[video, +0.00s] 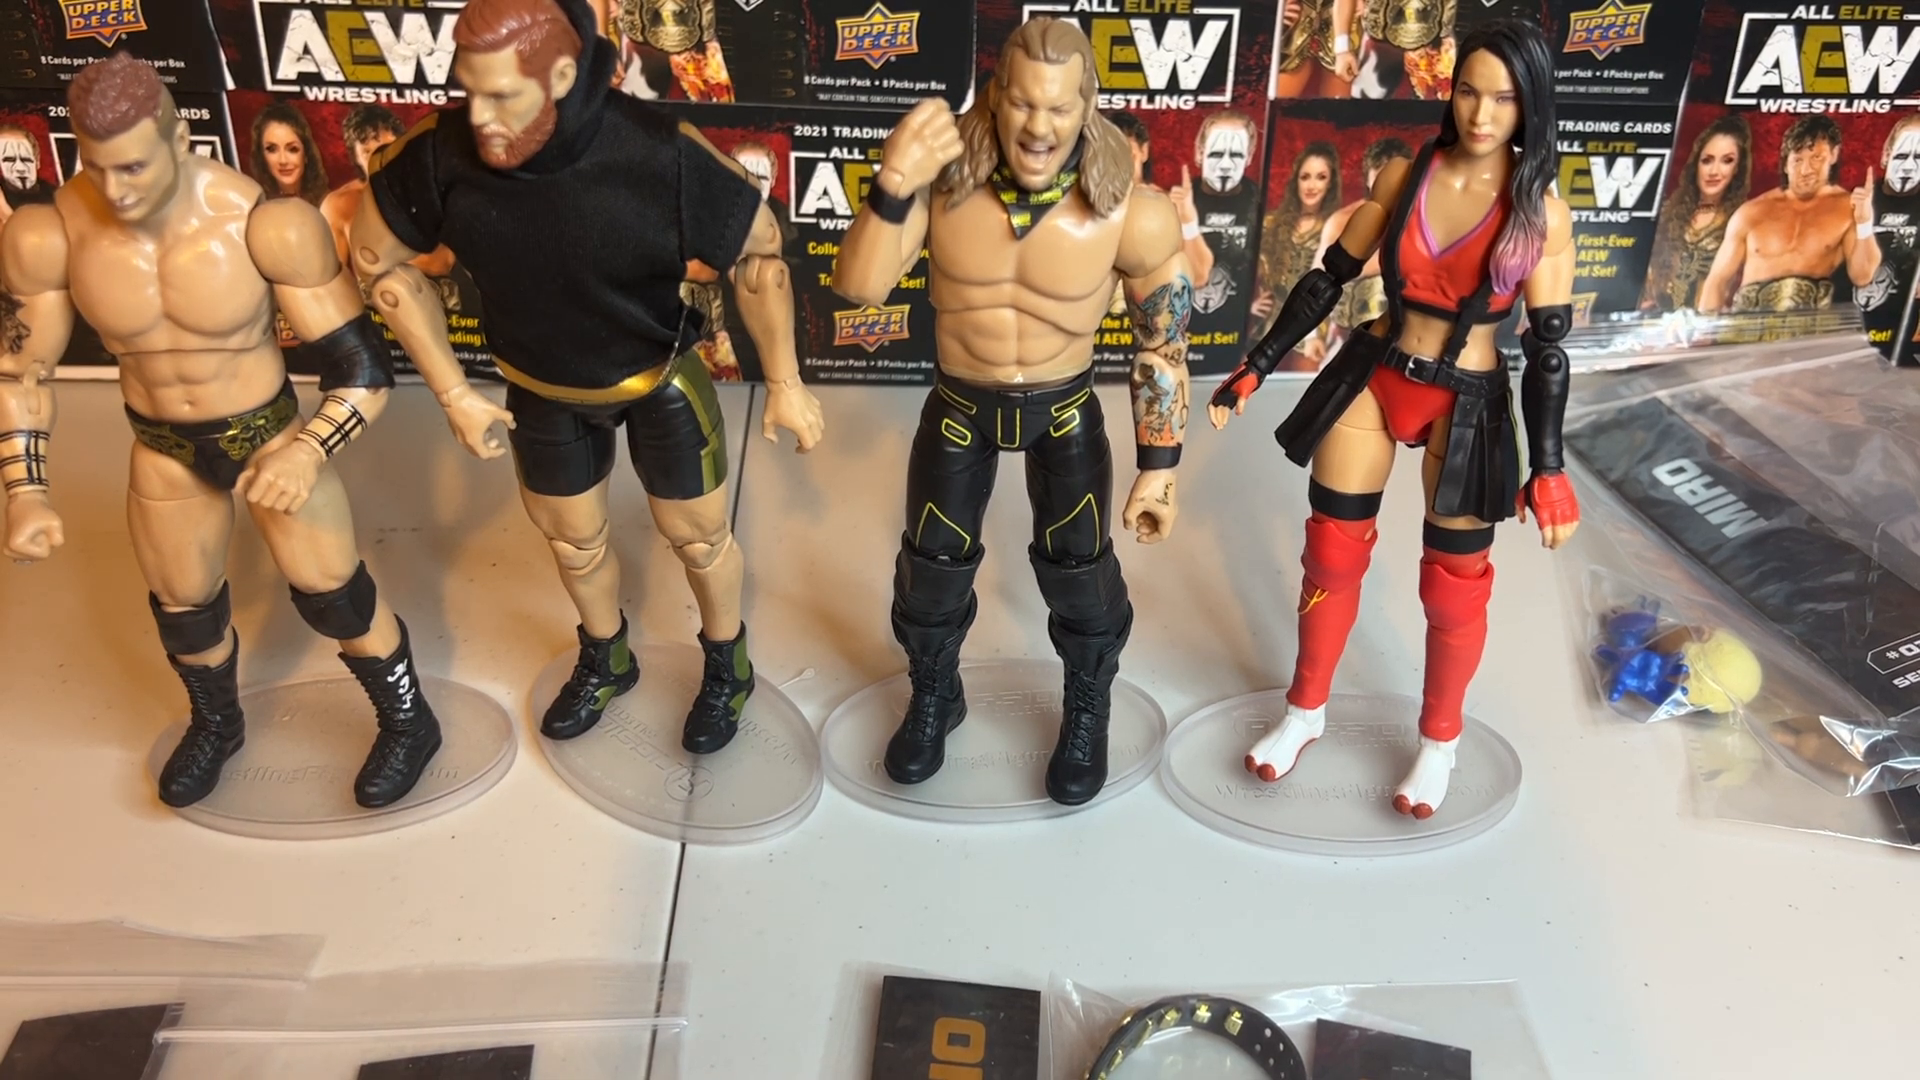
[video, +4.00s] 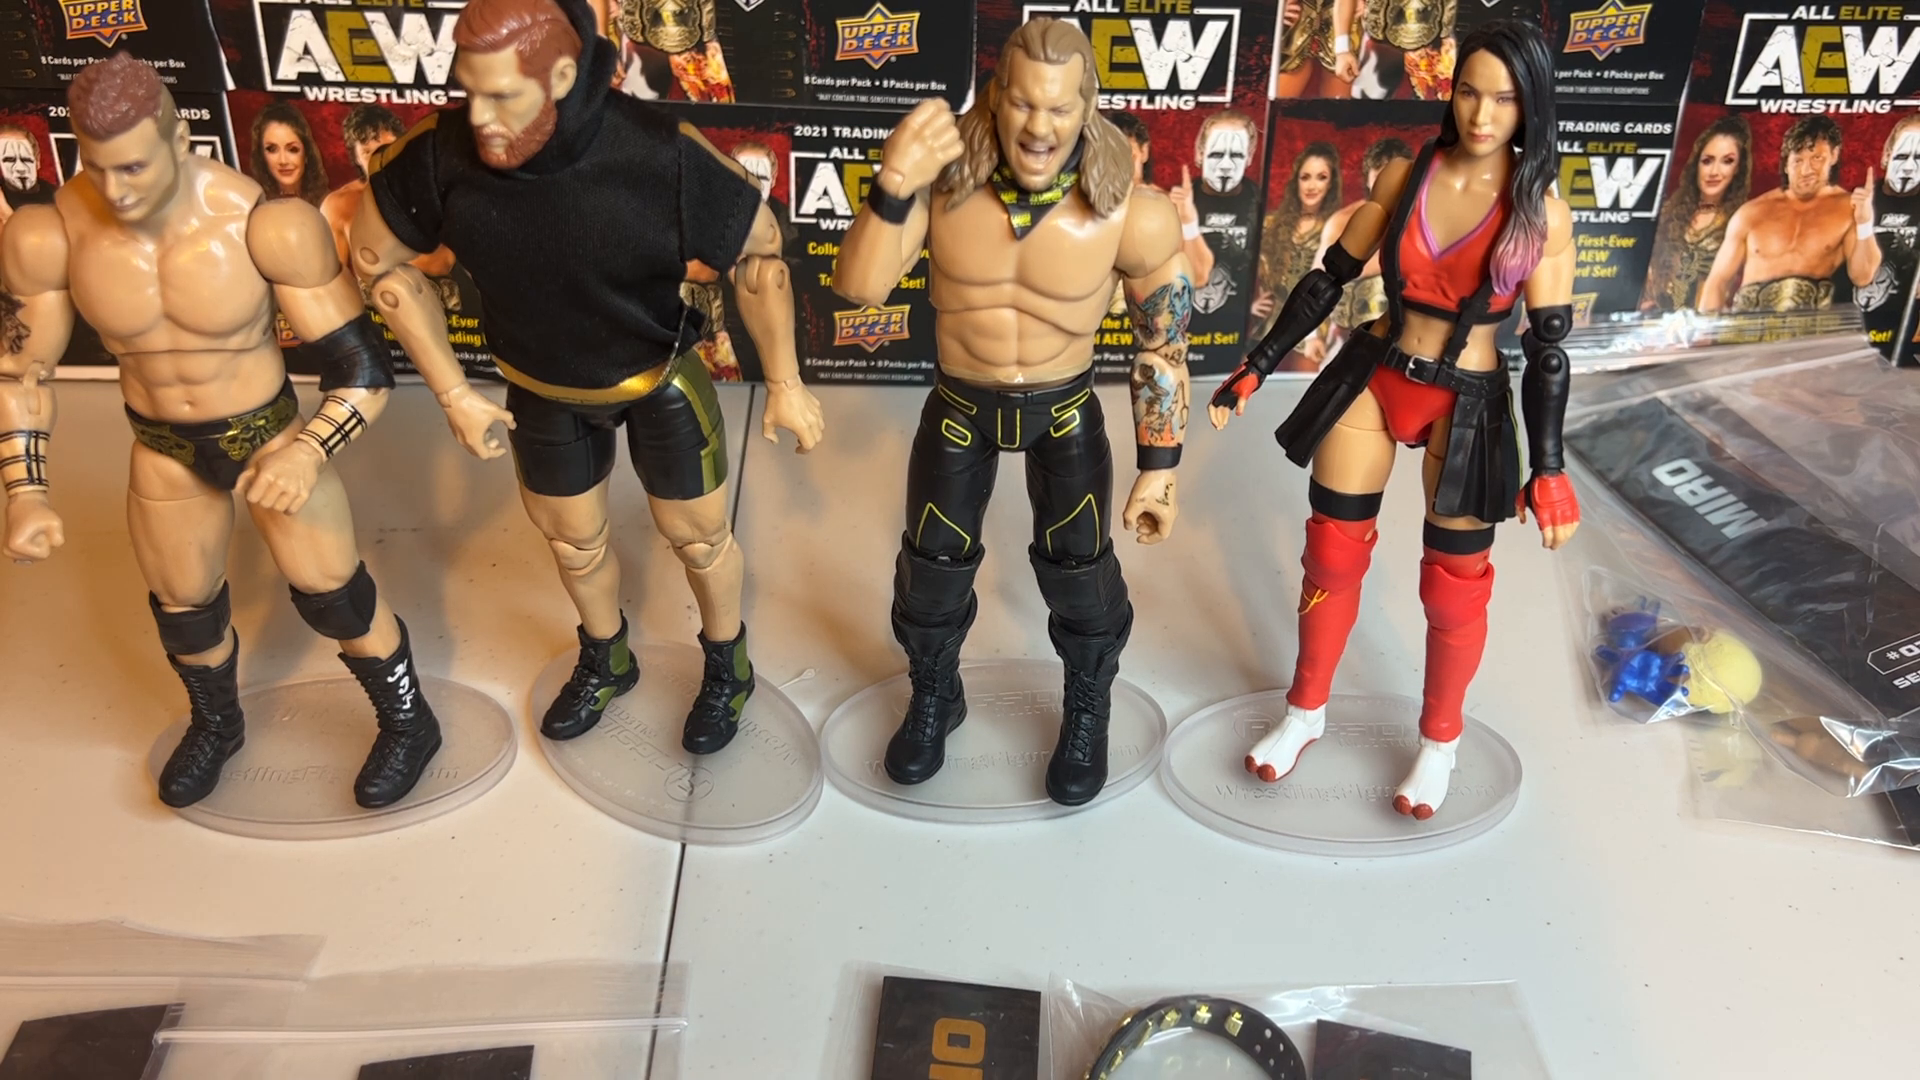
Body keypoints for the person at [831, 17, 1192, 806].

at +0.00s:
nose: (1039, 126)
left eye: (1060, 109)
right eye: (1024, 104)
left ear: (1086, 106)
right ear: (995, 95)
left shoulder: (1129, 208)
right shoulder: (943, 176)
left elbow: (1162, 337)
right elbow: (858, 287)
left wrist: (1161, 463)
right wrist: (892, 189)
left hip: (1064, 408)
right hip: (958, 403)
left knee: (1078, 568)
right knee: (933, 562)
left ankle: (1086, 712)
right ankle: (932, 698)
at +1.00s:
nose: (1040, 127)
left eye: (1060, 109)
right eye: (1024, 104)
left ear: (1086, 107)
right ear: (995, 95)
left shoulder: (1129, 207)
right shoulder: (943, 176)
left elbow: (1163, 337)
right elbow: (857, 287)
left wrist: (1161, 463)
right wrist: (892, 190)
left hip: (1064, 408)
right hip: (959, 403)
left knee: (1078, 568)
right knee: (932, 562)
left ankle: (1086, 714)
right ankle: (932, 699)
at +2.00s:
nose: (1039, 127)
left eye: (1060, 109)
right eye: (1024, 104)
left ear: (1086, 107)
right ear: (995, 95)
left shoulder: (1129, 207)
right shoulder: (944, 176)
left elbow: (1163, 338)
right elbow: (857, 287)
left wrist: (1161, 464)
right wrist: (892, 190)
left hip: (1064, 408)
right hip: (959, 403)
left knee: (1078, 568)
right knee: (932, 562)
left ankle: (1086, 714)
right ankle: (932, 699)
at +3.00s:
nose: (1039, 127)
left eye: (1060, 109)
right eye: (1024, 104)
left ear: (1086, 106)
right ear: (995, 95)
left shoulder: (1129, 207)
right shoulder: (943, 176)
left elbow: (1163, 338)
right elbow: (858, 288)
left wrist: (1161, 464)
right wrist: (892, 190)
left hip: (1064, 408)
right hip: (959, 403)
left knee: (1078, 568)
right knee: (932, 562)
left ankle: (1086, 713)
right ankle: (932, 699)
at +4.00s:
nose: (1040, 127)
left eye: (1060, 109)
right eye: (1024, 104)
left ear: (1087, 106)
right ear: (995, 94)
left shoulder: (1130, 208)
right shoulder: (944, 177)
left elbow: (1163, 339)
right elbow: (858, 287)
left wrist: (1161, 465)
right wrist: (892, 189)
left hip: (1064, 408)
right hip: (958, 403)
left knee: (1078, 569)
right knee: (933, 563)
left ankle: (1086, 713)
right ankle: (932, 699)